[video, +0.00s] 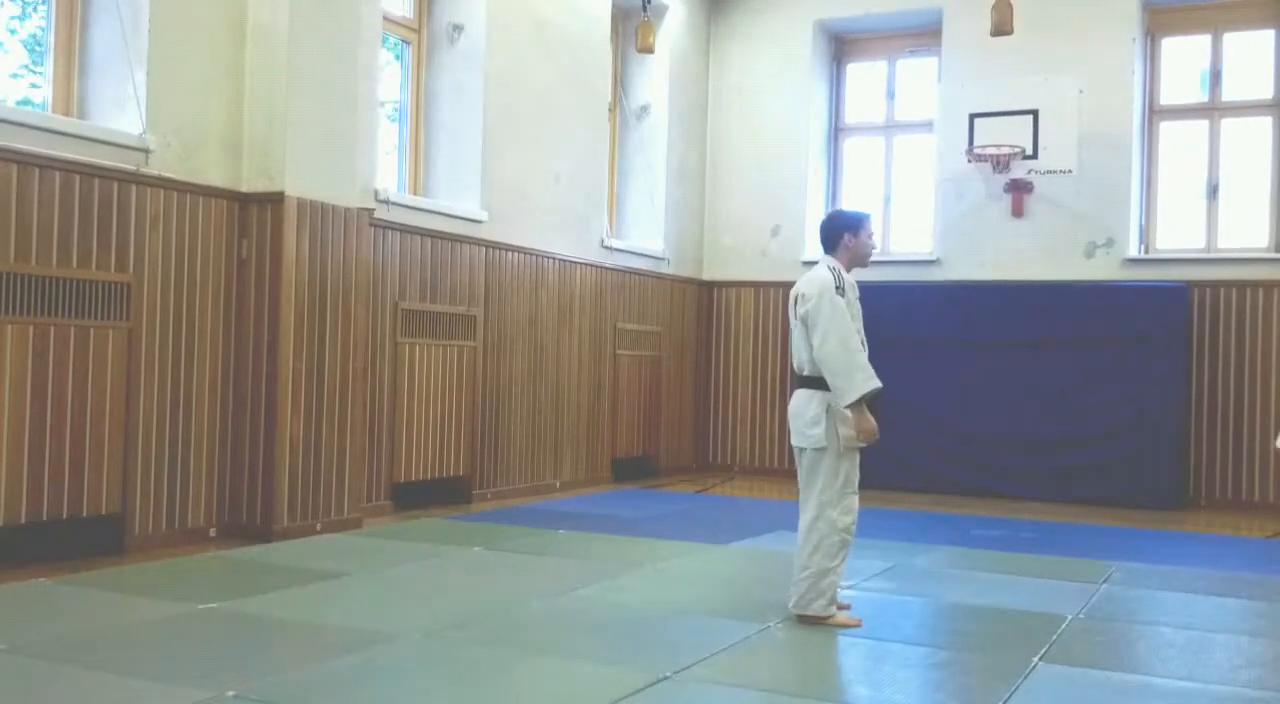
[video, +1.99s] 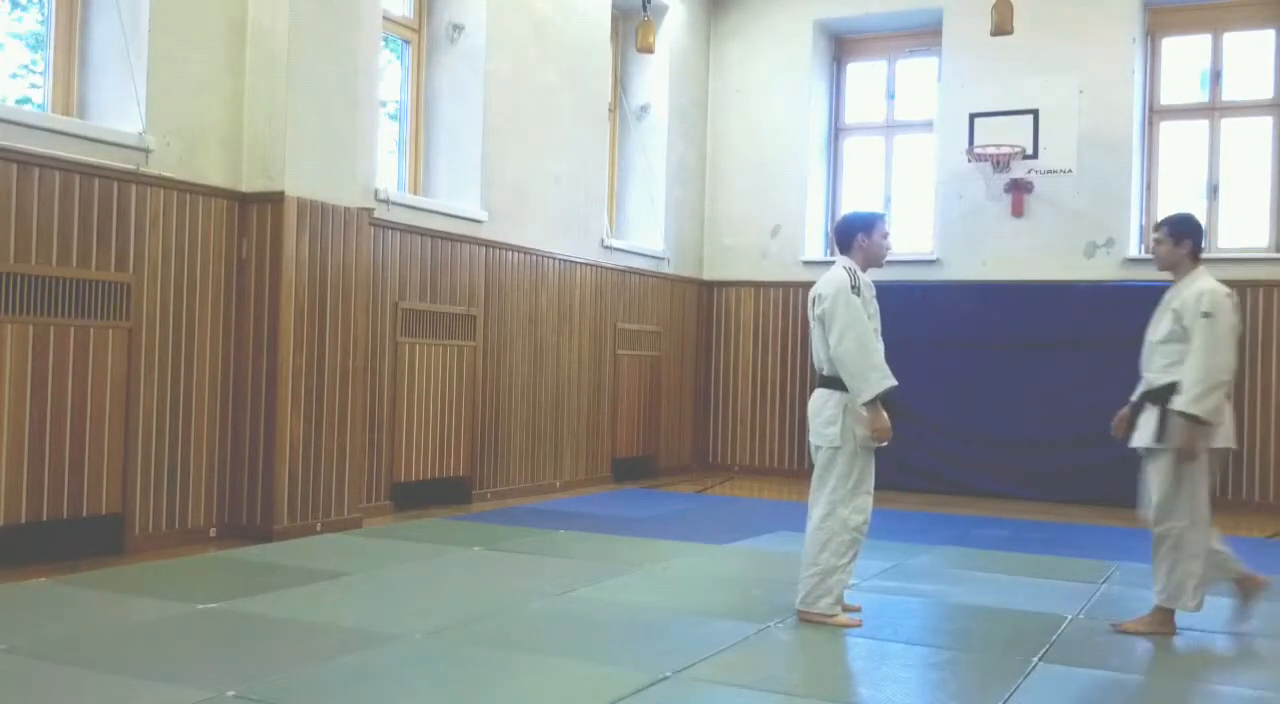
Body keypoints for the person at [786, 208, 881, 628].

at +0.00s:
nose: (873, 244)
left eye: (872, 236)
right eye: (869, 237)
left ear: (844, 240)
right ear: (848, 240)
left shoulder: (828, 281)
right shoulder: (826, 285)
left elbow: (840, 347)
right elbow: (837, 349)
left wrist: (858, 402)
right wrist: (859, 408)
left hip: (824, 404)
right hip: (824, 407)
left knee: (828, 506)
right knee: (831, 509)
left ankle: (817, 592)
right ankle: (813, 602)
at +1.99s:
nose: (889, 244)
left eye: (888, 236)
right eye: (884, 236)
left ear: (862, 240)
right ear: (861, 240)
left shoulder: (850, 282)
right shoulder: (842, 284)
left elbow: (857, 346)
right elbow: (852, 348)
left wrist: (873, 401)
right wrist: (874, 405)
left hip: (847, 403)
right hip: (840, 405)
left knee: (843, 504)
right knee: (841, 506)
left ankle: (826, 591)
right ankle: (817, 602)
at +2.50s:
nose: (888, 244)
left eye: (887, 236)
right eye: (882, 236)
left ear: (860, 240)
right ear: (861, 240)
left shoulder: (855, 283)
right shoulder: (838, 283)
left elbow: (874, 336)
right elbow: (858, 342)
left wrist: (914, 366)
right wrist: (915, 369)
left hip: (851, 406)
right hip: (837, 407)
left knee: (845, 506)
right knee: (836, 508)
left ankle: (826, 592)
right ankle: (815, 602)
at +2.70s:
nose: (886, 245)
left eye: (885, 237)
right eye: (880, 237)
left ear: (853, 242)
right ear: (855, 241)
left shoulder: (840, 280)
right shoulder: (840, 281)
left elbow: (847, 347)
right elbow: (891, 319)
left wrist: (891, 363)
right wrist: (951, 316)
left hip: (840, 403)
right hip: (839, 407)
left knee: (839, 505)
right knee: (839, 508)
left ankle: (824, 594)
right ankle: (816, 603)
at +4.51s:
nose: (847, 247)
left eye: (846, 239)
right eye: (844, 239)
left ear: (810, 239)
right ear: (825, 239)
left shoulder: (779, 279)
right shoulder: (813, 283)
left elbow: (818, 330)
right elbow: (879, 303)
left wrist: (859, 333)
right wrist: (943, 285)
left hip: (780, 401)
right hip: (804, 408)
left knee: (791, 498)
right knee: (819, 506)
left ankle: (769, 573)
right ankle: (813, 604)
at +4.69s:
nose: (816, 251)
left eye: (816, 243)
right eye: (813, 242)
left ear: (785, 243)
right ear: (793, 242)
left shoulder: (759, 281)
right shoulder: (782, 285)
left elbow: (793, 336)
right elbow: (846, 306)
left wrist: (834, 341)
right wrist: (910, 288)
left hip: (761, 404)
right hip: (781, 408)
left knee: (769, 497)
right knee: (806, 504)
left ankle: (712, 563)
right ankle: (811, 604)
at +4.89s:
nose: (792, 256)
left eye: (791, 248)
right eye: (787, 247)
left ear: (763, 250)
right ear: (764, 248)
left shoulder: (748, 286)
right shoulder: (744, 285)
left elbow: (764, 355)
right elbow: (801, 304)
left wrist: (807, 346)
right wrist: (865, 289)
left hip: (731, 404)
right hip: (733, 407)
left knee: (724, 503)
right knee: (766, 501)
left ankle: (697, 585)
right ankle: (789, 599)